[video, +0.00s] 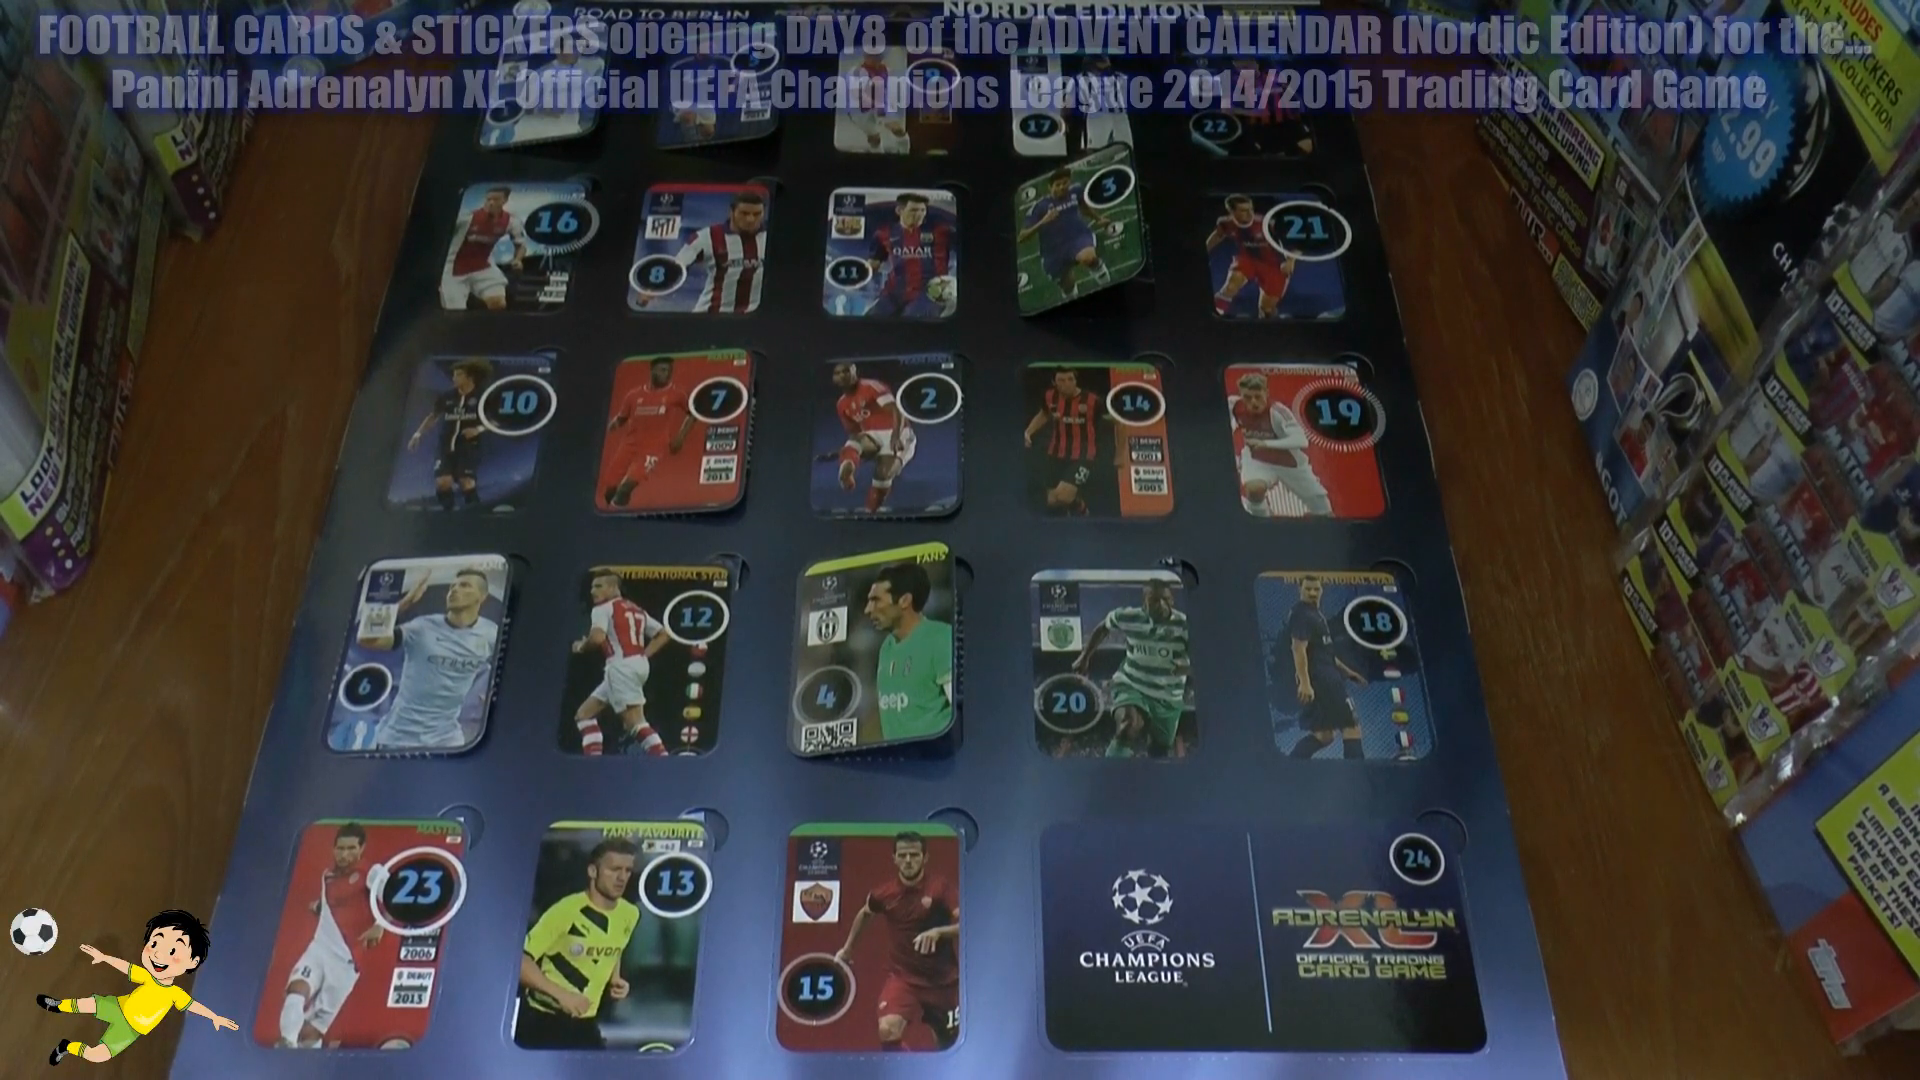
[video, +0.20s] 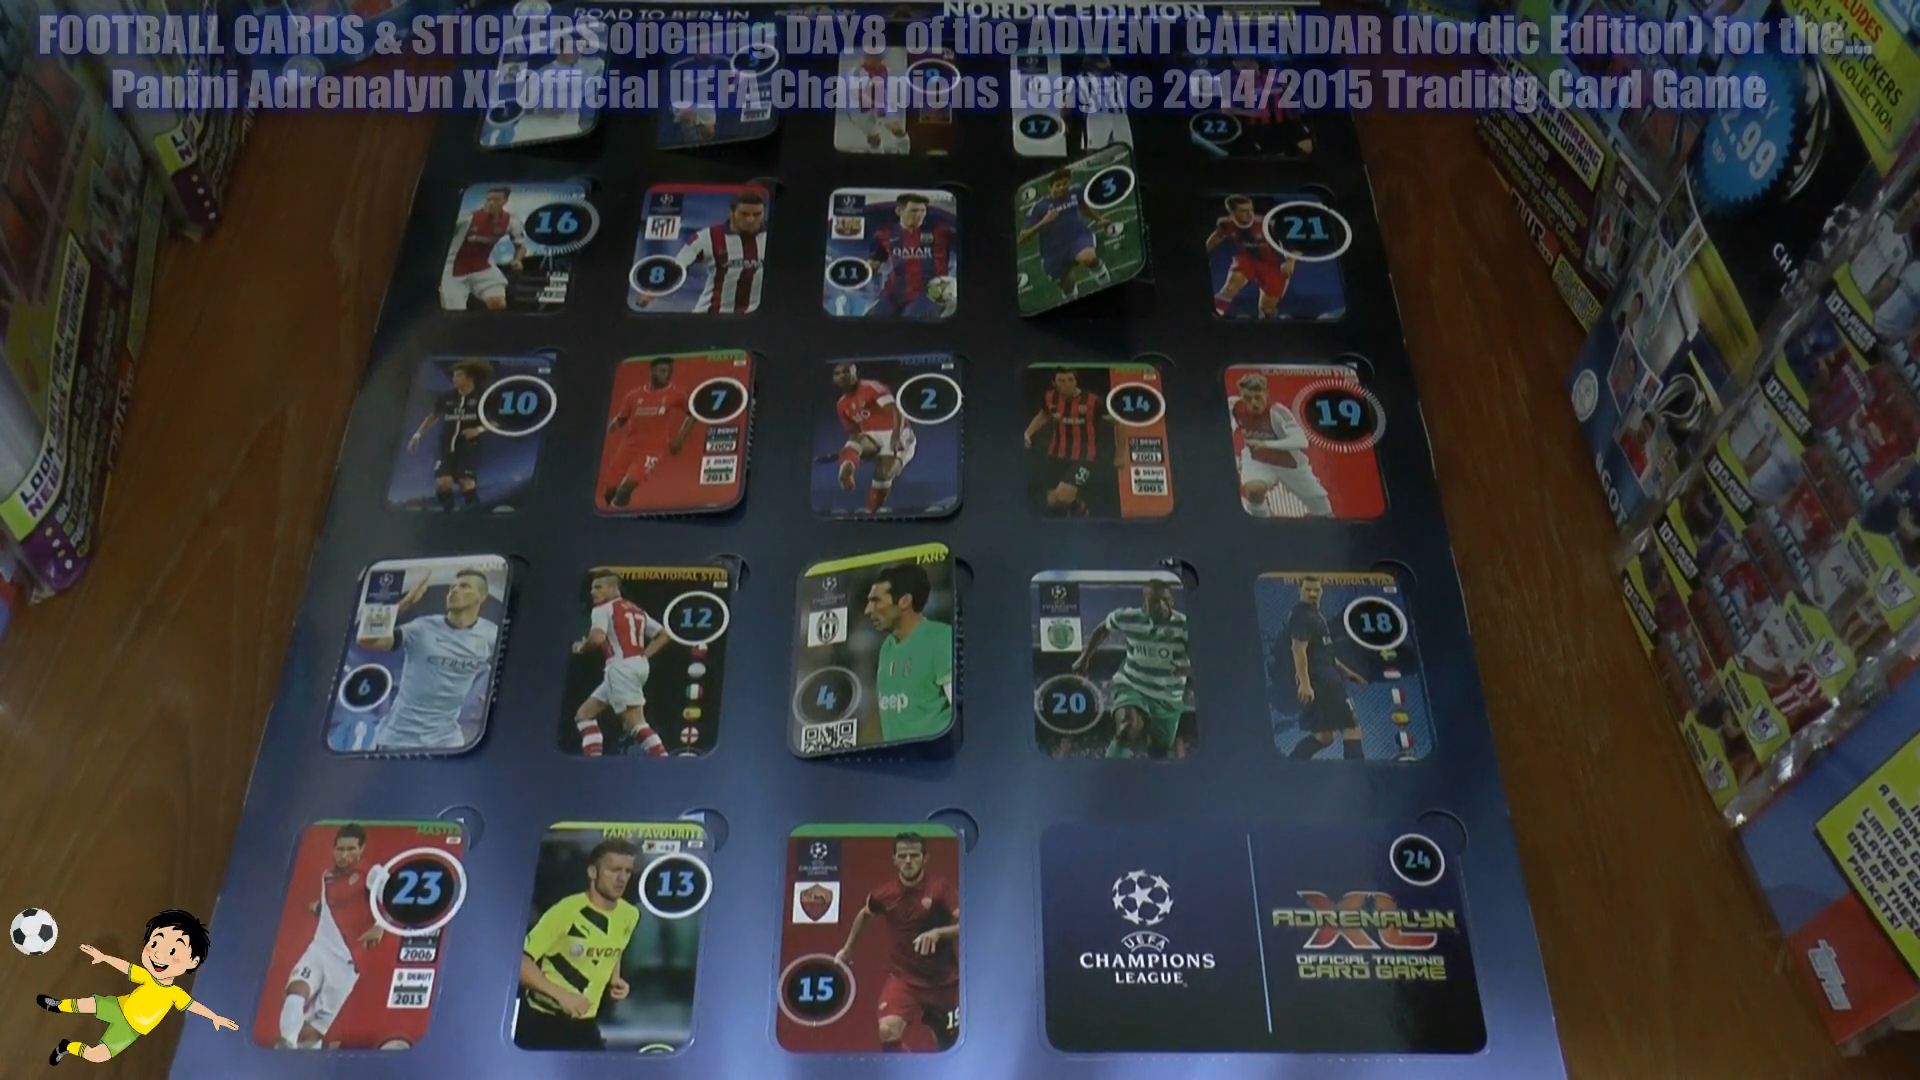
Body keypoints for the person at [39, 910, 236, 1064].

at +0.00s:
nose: (159, 955)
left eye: (172, 952)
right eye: (155, 943)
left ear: (189, 965)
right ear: (146, 946)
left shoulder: (176, 995)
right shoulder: (144, 976)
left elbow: (195, 1007)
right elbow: (124, 966)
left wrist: (214, 1017)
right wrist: (103, 958)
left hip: (131, 1030)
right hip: (119, 1008)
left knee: (99, 1055)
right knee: (88, 1003)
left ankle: (66, 1047)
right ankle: (57, 1006)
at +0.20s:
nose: (159, 955)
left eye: (172, 952)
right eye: (155, 944)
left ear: (189, 965)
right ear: (146, 946)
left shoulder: (176, 995)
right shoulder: (144, 976)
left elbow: (195, 1007)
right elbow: (124, 966)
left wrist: (214, 1017)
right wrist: (103, 958)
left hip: (131, 1030)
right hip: (119, 1008)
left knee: (99, 1055)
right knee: (88, 1003)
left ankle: (66, 1047)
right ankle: (57, 1006)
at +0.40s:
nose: (159, 955)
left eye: (172, 952)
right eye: (155, 944)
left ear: (189, 965)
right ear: (146, 946)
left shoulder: (176, 995)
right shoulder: (144, 976)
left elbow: (195, 1007)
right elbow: (124, 966)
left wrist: (214, 1017)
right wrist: (103, 958)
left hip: (131, 1030)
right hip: (119, 1008)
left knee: (99, 1055)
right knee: (88, 1003)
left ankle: (66, 1047)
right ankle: (57, 1006)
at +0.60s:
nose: (159, 955)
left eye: (172, 952)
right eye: (155, 944)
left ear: (189, 965)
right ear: (146, 946)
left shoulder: (176, 995)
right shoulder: (144, 976)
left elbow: (195, 1007)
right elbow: (124, 966)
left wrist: (214, 1017)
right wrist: (103, 958)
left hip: (131, 1030)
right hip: (119, 1008)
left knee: (99, 1055)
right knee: (88, 1003)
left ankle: (66, 1047)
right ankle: (57, 1006)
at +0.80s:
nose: (159, 956)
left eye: (172, 952)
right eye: (155, 944)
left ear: (189, 965)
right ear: (146, 945)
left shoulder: (176, 995)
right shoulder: (143, 976)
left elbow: (194, 1007)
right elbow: (124, 966)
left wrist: (214, 1017)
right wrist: (103, 958)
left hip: (131, 1030)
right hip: (119, 1008)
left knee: (99, 1055)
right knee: (89, 1003)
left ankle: (66, 1047)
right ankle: (57, 1006)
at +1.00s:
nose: (159, 955)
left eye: (172, 952)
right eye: (155, 944)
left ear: (189, 965)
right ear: (145, 946)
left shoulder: (176, 995)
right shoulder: (144, 976)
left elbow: (195, 1007)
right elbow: (124, 966)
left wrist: (215, 1017)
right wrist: (103, 958)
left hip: (131, 1030)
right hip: (118, 1008)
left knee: (99, 1055)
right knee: (89, 1003)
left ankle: (66, 1047)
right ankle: (57, 1006)